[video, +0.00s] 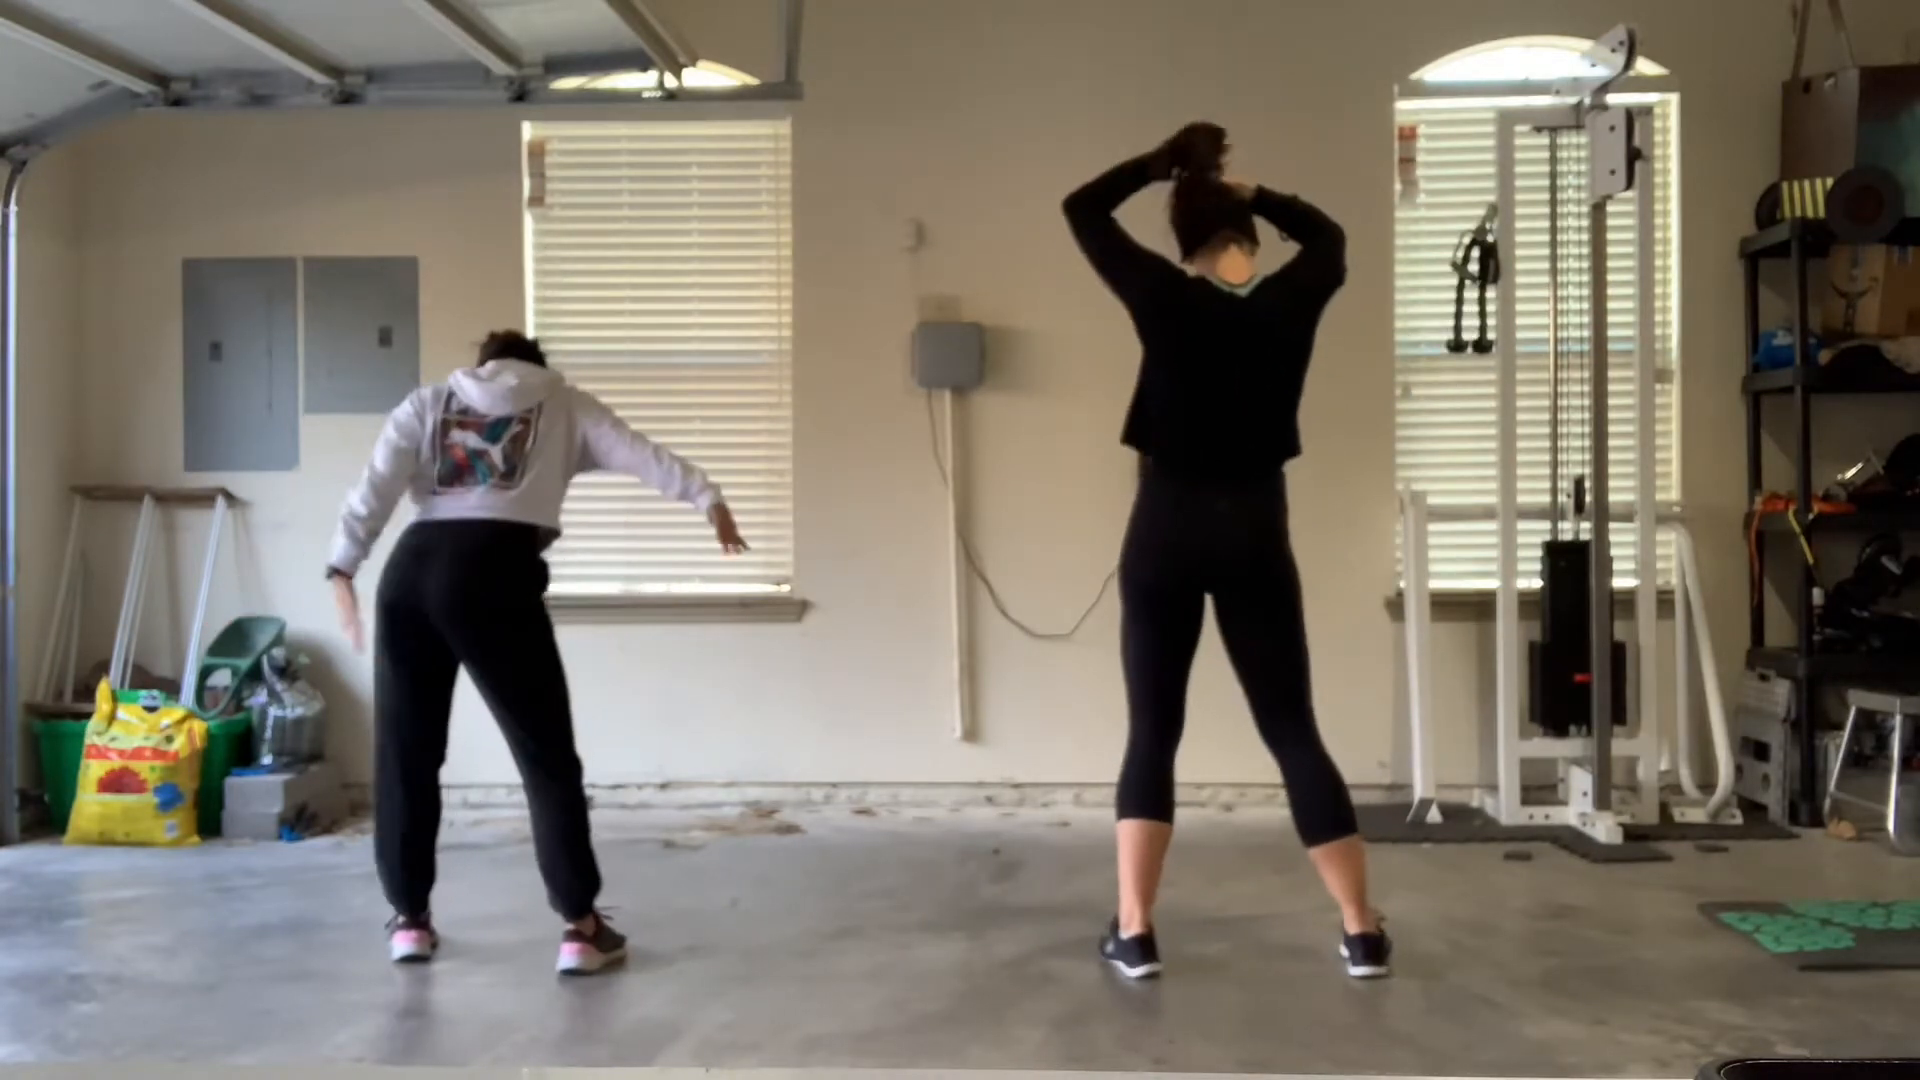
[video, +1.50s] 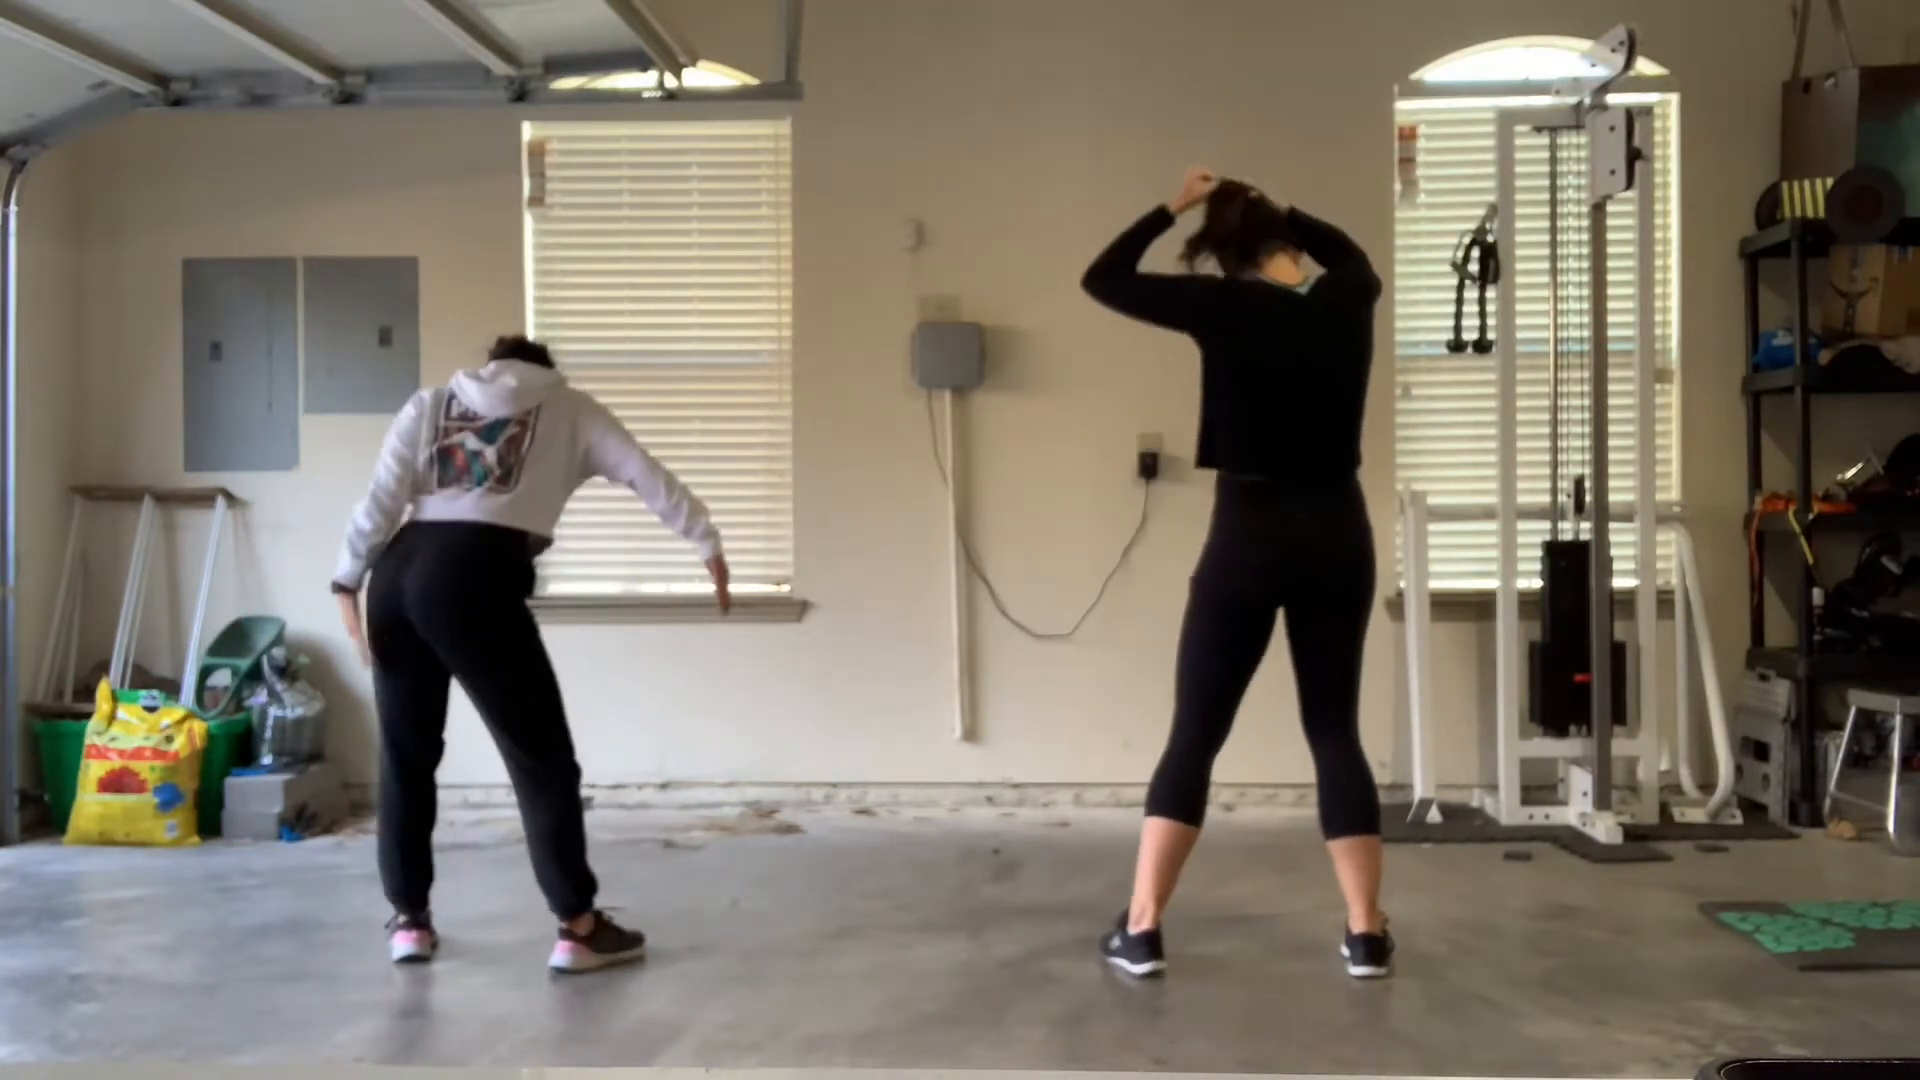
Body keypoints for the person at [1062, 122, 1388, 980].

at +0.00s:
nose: (1249, 260)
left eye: (1242, 246)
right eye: (1249, 244)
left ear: (1180, 245)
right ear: (1248, 241)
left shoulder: (1160, 298)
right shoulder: (1287, 307)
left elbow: (1083, 209)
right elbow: (1327, 239)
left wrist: (1156, 160)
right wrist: (1258, 196)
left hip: (1162, 536)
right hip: (1255, 540)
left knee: (1151, 732)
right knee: (1294, 731)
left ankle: (1134, 932)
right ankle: (1361, 927)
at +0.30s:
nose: (1275, 256)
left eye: (1258, 243)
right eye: (1273, 244)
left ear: (1205, 252)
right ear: (1274, 247)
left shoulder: (1190, 305)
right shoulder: (1317, 307)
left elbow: (1110, 221)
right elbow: (1350, 254)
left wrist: (1161, 135)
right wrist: (1284, 206)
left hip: (1211, 534)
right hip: (1304, 533)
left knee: (1175, 734)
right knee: (1319, 730)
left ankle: (1140, 932)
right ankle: (1364, 930)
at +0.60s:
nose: (1274, 252)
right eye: (1272, 239)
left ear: (1200, 240)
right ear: (1273, 243)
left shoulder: (1185, 295)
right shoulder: (1311, 304)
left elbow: (1123, 197)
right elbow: (1344, 244)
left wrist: (1202, 151)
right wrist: (1282, 195)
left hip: (1218, 526)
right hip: (1310, 523)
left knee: (1170, 728)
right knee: (1323, 726)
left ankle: (1134, 926)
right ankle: (1366, 930)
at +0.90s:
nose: (1256, 253)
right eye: (1249, 242)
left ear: (1179, 245)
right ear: (1248, 244)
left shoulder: (1163, 297)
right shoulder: (1291, 303)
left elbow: (1101, 201)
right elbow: (1324, 243)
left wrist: (1180, 169)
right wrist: (1252, 204)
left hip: (1181, 527)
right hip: (1270, 528)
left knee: (1157, 733)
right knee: (1306, 729)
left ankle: (1134, 931)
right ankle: (1364, 927)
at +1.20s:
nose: (1250, 239)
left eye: (1204, 230)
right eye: (1240, 234)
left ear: (1183, 250)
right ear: (1250, 245)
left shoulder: (1179, 301)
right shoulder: (1302, 297)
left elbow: (1106, 204)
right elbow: (1317, 210)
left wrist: (1185, 168)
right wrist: (1243, 189)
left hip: (1192, 516)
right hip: (1279, 517)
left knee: (1167, 730)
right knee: (1308, 728)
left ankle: (1135, 931)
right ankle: (1364, 929)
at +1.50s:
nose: (1221, 275)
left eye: (1220, 262)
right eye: (1232, 259)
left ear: (1223, 257)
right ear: (1291, 245)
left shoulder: (1223, 309)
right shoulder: (1347, 304)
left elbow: (1106, 280)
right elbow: (1349, 255)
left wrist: (1169, 209)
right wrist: (1278, 214)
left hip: (1246, 540)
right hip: (1338, 542)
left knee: (1195, 736)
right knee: (1335, 730)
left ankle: (1141, 928)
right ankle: (1366, 930)